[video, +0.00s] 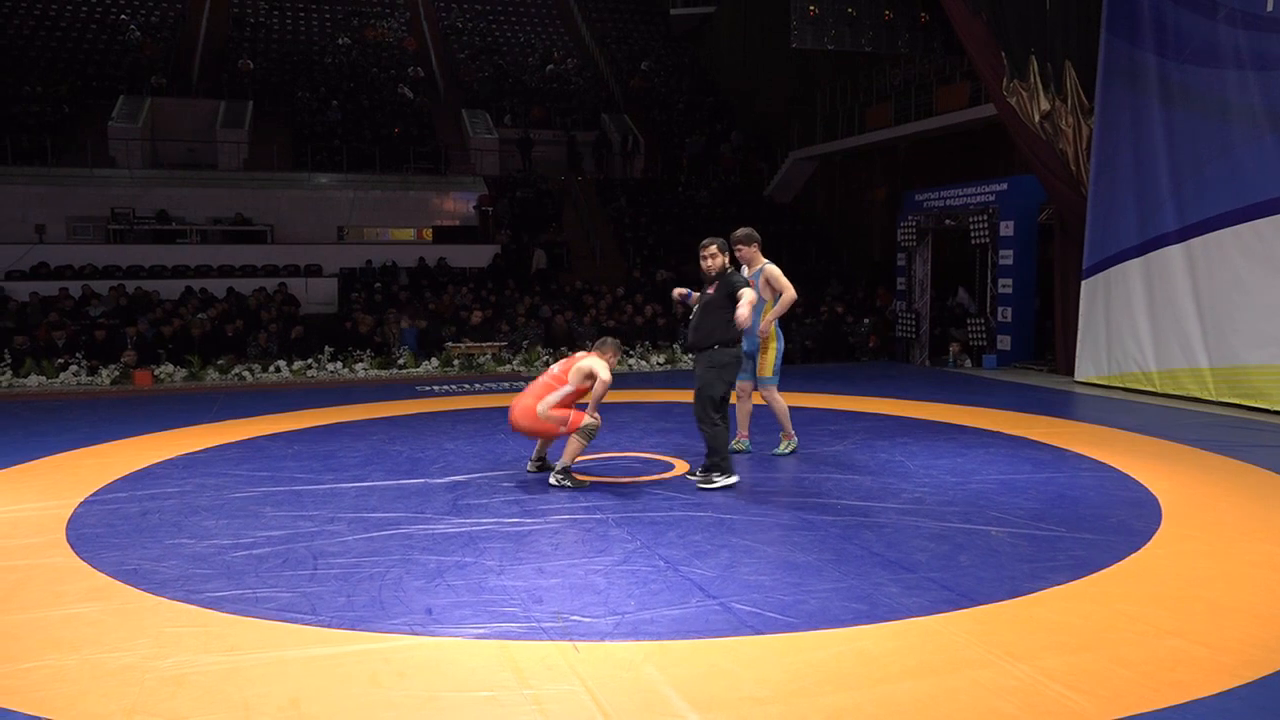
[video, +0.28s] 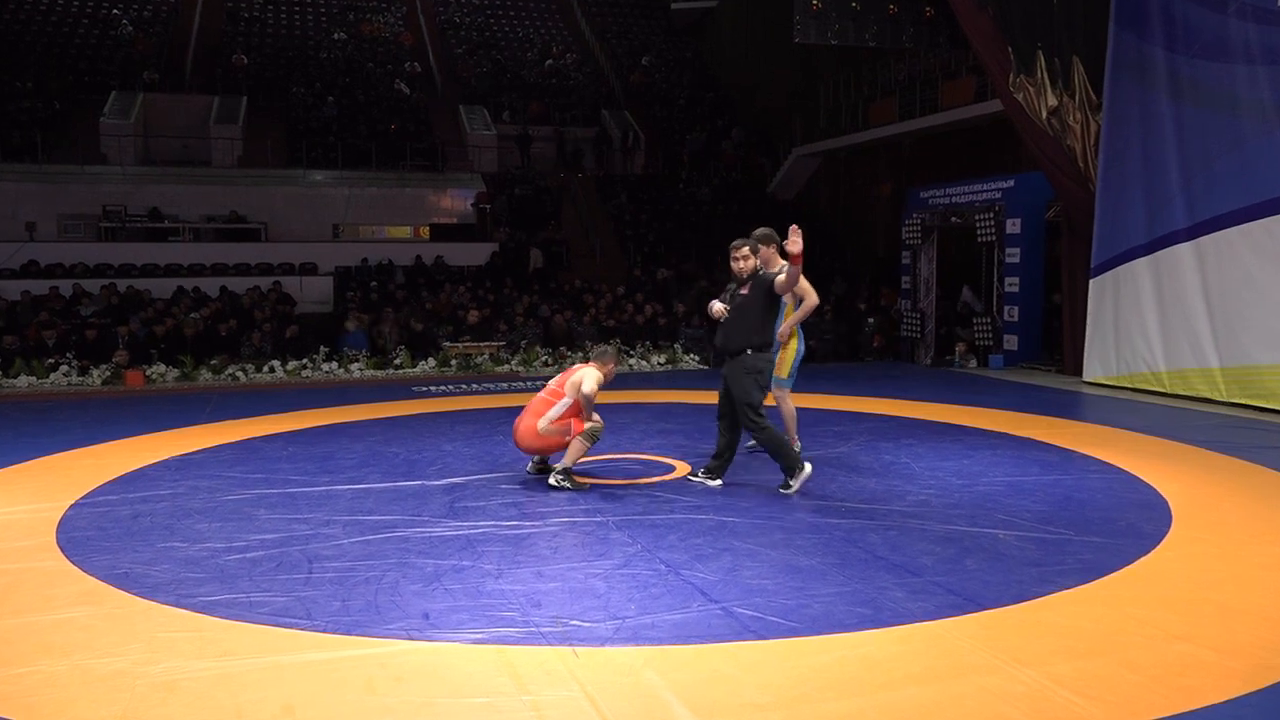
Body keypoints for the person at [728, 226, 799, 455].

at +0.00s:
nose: (738, 254)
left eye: (741, 249)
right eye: (735, 251)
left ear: (755, 247)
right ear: (735, 251)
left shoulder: (769, 270)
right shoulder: (744, 273)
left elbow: (790, 294)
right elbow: (742, 300)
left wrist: (769, 319)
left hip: (768, 338)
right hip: (748, 338)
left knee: (768, 390)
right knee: (742, 390)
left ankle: (789, 436)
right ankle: (742, 438)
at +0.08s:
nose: (743, 256)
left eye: (746, 251)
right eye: (740, 252)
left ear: (760, 249)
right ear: (740, 253)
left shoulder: (776, 273)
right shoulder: (751, 275)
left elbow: (795, 300)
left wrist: (773, 325)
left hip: (774, 339)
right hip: (755, 339)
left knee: (768, 392)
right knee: (740, 391)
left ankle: (789, 438)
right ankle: (740, 440)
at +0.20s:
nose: (750, 261)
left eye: (753, 255)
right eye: (749, 256)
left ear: (768, 254)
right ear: (754, 257)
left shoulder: (783, 278)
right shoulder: (757, 279)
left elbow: (803, 308)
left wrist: (779, 334)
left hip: (784, 343)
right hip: (761, 343)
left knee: (773, 397)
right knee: (743, 388)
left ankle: (791, 443)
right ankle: (746, 435)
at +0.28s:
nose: (755, 254)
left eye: (758, 249)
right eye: (754, 250)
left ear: (772, 248)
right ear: (764, 250)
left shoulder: (788, 272)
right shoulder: (761, 274)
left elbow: (812, 299)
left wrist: (788, 325)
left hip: (787, 337)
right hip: (766, 336)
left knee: (780, 393)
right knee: (755, 390)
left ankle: (793, 441)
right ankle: (761, 435)